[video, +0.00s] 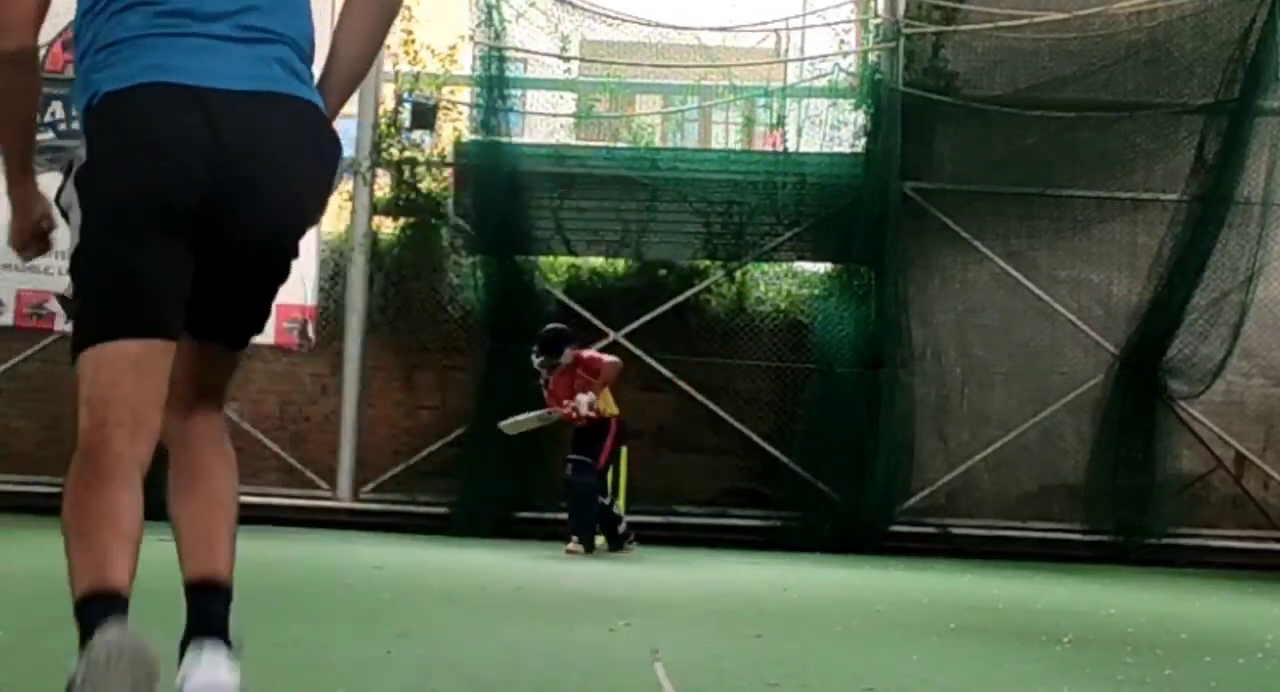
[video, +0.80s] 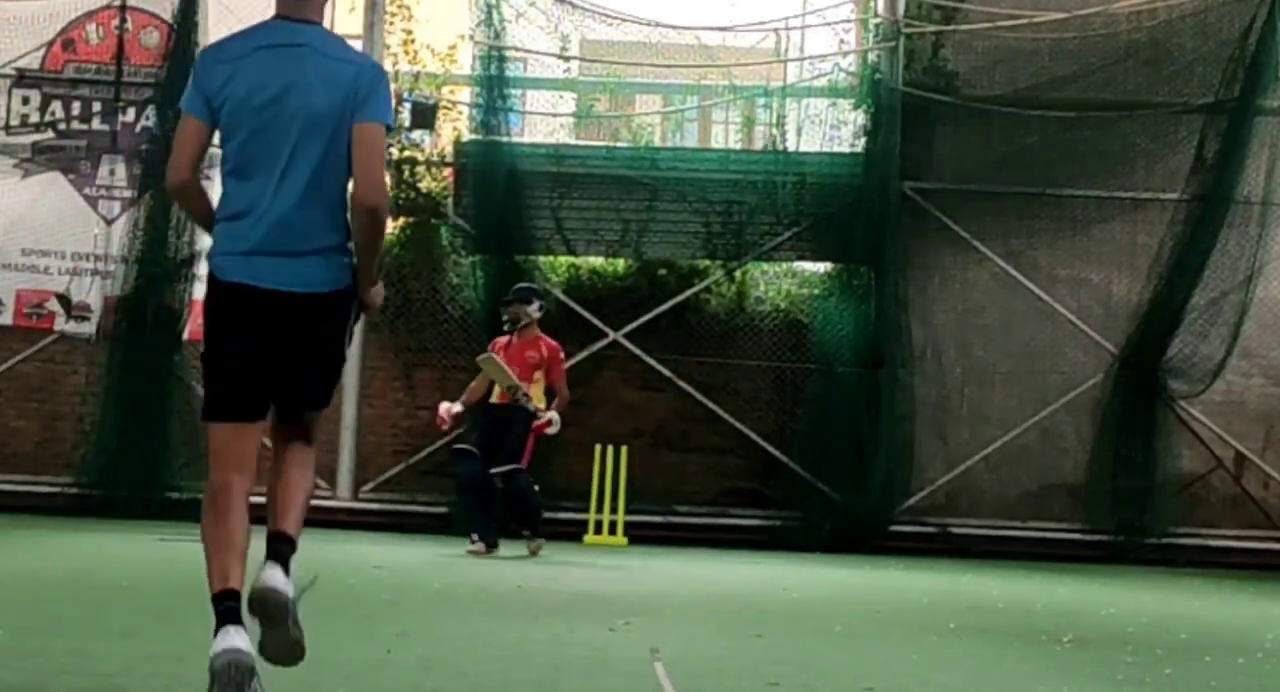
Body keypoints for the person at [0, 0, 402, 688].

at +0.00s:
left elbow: (14, 38)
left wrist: (21, 190)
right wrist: (322, 110)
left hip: (146, 127)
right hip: (286, 130)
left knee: (112, 433)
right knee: (201, 400)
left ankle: (104, 636)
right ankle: (210, 644)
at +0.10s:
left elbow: (49, 54)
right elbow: (357, 57)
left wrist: (72, 201)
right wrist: (302, 173)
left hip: (143, 165)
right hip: (272, 178)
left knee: (111, 425)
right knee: (232, 475)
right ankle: (212, 685)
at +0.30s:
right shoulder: (356, 34)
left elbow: (110, 77)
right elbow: (339, 204)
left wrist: (111, 218)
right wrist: (292, 261)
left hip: (166, 261)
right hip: (271, 276)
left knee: (186, 475)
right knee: (246, 514)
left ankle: (147, 479)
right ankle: (207, 684)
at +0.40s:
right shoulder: (360, 6)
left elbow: (145, 19)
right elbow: (347, 156)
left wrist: (144, 174)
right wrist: (294, 187)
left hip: (186, 219)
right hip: (284, 232)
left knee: (192, 421)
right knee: (263, 452)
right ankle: (236, 633)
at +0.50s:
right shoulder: (360, 10)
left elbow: (152, 47)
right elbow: (361, 164)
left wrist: (157, 182)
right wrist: (295, 192)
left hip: (200, 233)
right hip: (295, 240)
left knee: (209, 450)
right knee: (282, 442)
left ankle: (213, 660)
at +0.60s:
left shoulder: (195, 40)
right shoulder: (355, 70)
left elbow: (136, 139)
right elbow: (371, 215)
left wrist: (151, 255)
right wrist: (327, 253)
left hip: (211, 290)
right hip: (303, 294)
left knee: (223, 479)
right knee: (303, 511)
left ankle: (236, 667)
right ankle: (272, 472)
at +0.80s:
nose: (330, 7)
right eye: (333, 3)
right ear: (329, 3)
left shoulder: (219, 59)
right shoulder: (362, 72)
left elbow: (179, 178)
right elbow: (370, 197)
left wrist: (223, 226)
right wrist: (367, 275)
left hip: (237, 289)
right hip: (319, 291)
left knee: (230, 467)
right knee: (298, 432)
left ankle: (228, 631)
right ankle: (279, 568)